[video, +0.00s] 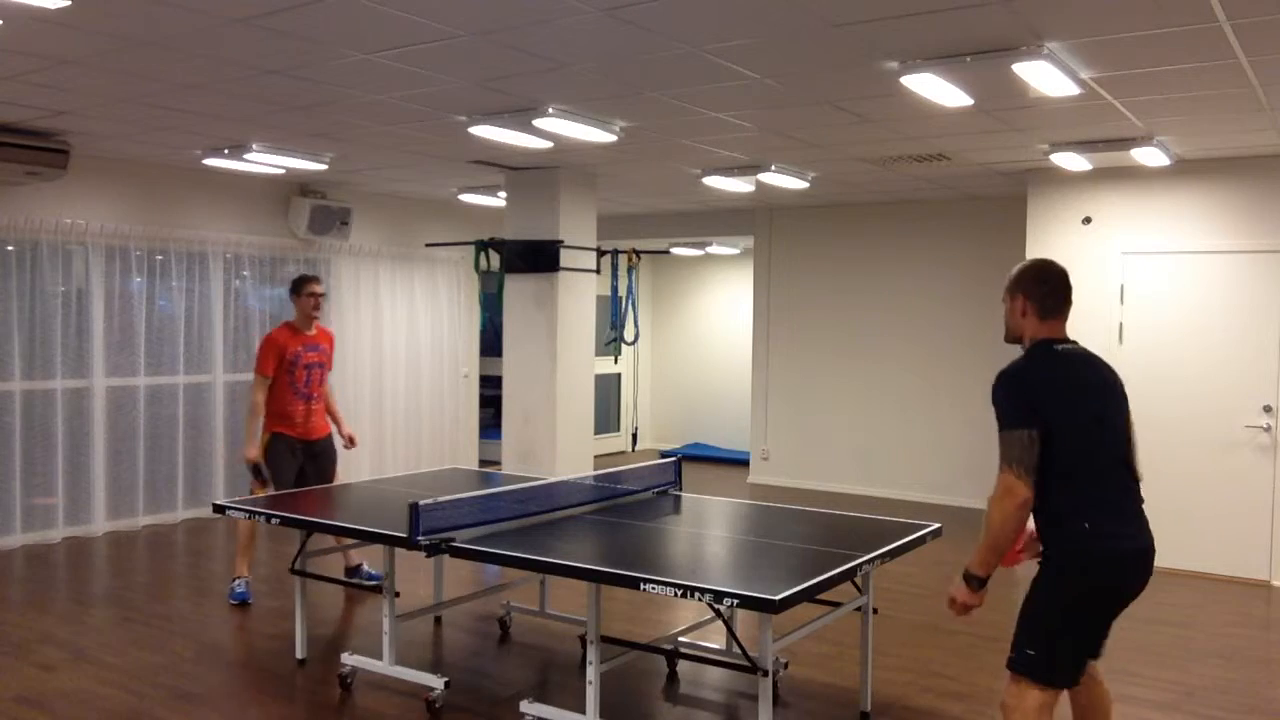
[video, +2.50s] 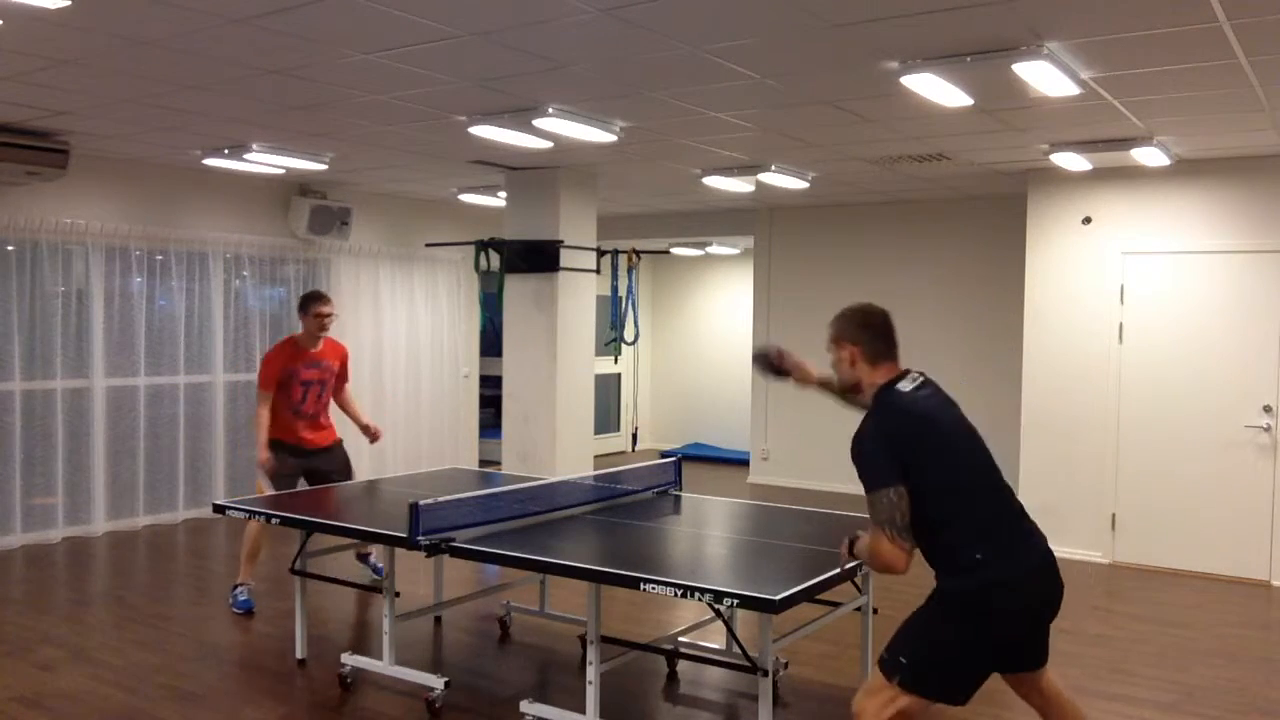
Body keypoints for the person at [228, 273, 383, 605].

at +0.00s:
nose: (318, 301)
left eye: (321, 296)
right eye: (311, 296)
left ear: (323, 301)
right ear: (295, 300)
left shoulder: (325, 338)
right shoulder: (276, 340)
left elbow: (323, 386)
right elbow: (259, 393)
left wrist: (341, 425)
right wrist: (252, 444)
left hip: (319, 437)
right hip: (282, 438)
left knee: (331, 502)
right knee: (256, 503)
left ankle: (353, 565)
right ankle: (241, 575)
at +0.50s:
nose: (335, 311)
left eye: (338, 307)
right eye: (328, 306)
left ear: (339, 311)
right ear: (310, 309)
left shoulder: (336, 349)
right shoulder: (287, 346)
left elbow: (334, 395)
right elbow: (270, 397)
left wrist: (354, 428)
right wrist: (304, 432)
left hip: (321, 441)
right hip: (283, 440)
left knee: (345, 501)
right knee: (265, 511)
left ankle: (355, 567)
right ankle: (227, 592)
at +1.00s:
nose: (308, 314)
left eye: (311, 309)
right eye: (301, 308)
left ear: (313, 312)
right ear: (281, 310)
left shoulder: (316, 347)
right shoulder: (257, 348)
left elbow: (314, 390)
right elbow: (230, 397)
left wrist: (323, 419)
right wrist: (243, 439)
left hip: (299, 446)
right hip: (261, 446)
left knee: (320, 507)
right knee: (247, 515)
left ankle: (331, 566)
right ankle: (222, 594)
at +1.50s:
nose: (327, 333)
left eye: (329, 327)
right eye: (322, 327)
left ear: (322, 328)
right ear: (301, 326)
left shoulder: (318, 359)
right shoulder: (270, 362)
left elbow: (312, 404)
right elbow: (248, 413)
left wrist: (338, 423)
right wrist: (277, 455)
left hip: (299, 448)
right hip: (263, 450)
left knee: (328, 501)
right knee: (259, 515)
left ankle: (337, 565)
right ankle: (222, 595)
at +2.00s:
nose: (369, 322)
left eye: (372, 317)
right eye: (364, 315)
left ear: (368, 320)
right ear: (346, 313)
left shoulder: (333, 346)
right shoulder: (335, 347)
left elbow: (316, 397)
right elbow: (364, 398)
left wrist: (348, 417)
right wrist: (412, 416)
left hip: (315, 441)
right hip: (288, 439)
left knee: (333, 505)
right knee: (259, 511)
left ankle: (339, 563)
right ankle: (230, 586)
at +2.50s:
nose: (325, 322)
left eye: (329, 317)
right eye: (319, 317)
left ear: (333, 319)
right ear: (302, 317)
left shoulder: (337, 352)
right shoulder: (277, 356)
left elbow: (341, 392)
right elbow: (263, 404)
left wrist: (362, 422)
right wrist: (262, 448)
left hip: (325, 445)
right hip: (284, 447)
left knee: (350, 503)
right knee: (262, 511)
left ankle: (365, 554)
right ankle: (243, 585)